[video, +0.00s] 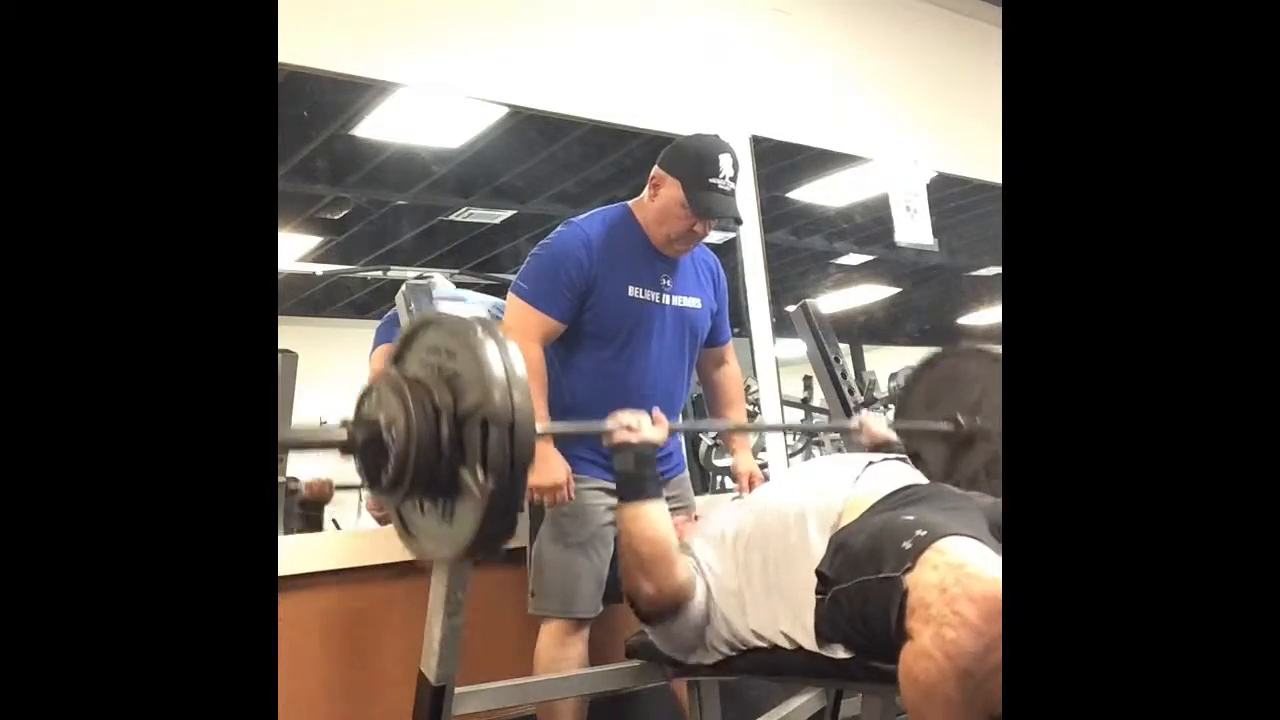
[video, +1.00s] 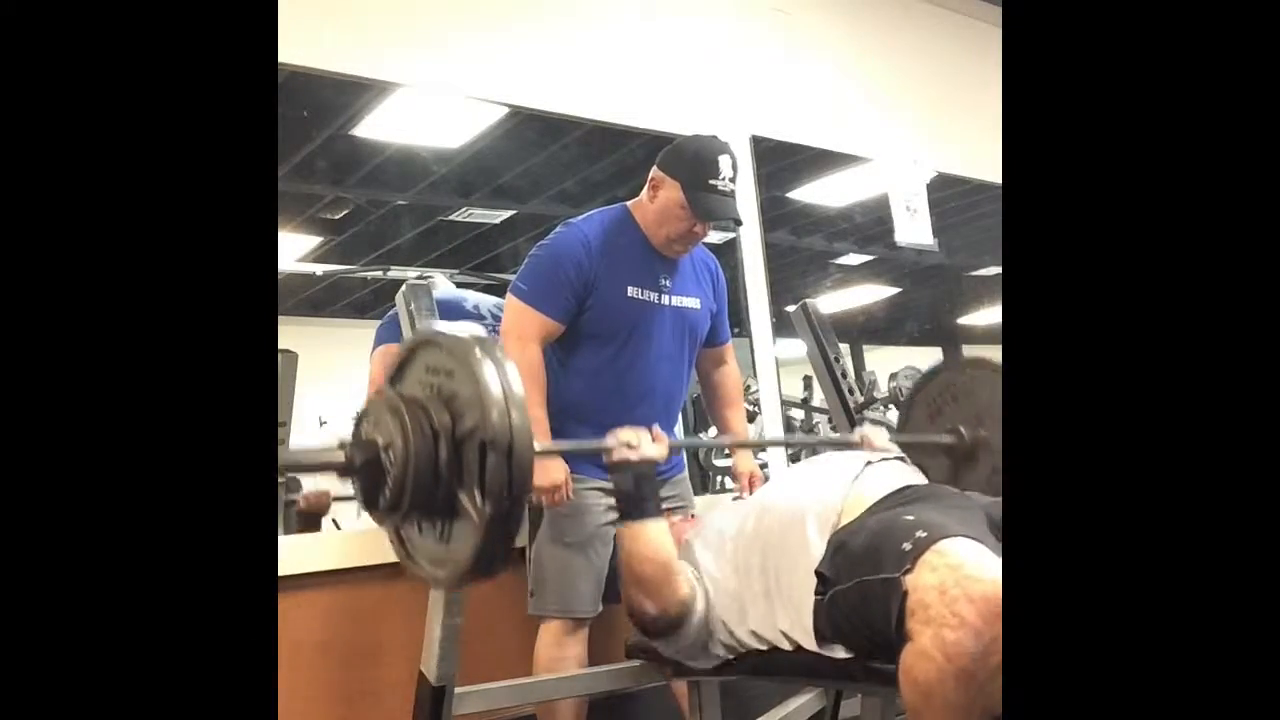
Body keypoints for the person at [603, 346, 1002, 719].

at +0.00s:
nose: (680, 510)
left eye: (679, 506)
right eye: (665, 517)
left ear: (692, 511)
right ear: (662, 543)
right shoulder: (691, 602)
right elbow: (653, 586)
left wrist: (884, 447)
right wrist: (637, 462)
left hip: (956, 496)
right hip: (871, 526)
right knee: (977, 604)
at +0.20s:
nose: (680, 504)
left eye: (676, 499)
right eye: (661, 511)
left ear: (690, 499)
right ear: (647, 553)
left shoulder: (781, 493)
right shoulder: (688, 596)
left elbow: (897, 481)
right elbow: (653, 544)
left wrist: (876, 419)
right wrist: (632, 423)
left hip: (958, 496)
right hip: (865, 531)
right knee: (978, 599)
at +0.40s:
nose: (681, 508)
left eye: (678, 506)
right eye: (666, 518)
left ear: (690, 511)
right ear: (661, 540)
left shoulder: (760, 502)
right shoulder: (692, 607)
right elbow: (667, 595)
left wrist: (882, 450)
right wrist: (638, 482)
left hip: (953, 498)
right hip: (870, 527)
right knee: (976, 602)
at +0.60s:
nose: (684, 495)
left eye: (681, 489)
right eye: (669, 501)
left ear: (699, 495)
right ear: (665, 538)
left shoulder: (757, 506)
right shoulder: (692, 577)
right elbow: (682, 647)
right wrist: (649, 528)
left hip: (945, 495)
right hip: (868, 533)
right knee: (978, 609)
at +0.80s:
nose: (692, 498)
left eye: (690, 494)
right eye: (675, 503)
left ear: (710, 500)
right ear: (672, 539)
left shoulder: (765, 504)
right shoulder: (694, 576)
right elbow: (681, 656)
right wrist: (649, 532)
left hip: (950, 491)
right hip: (869, 526)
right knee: (978, 609)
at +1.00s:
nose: (675, 512)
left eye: (672, 508)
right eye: (660, 521)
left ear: (686, 514)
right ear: (654, 540)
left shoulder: (754, 508)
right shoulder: (692, 603)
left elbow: (907, 488)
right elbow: (655, 604)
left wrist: (879, 451)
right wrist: (636, 484)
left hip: (943, 497)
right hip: (868, 529)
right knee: (976, 602)